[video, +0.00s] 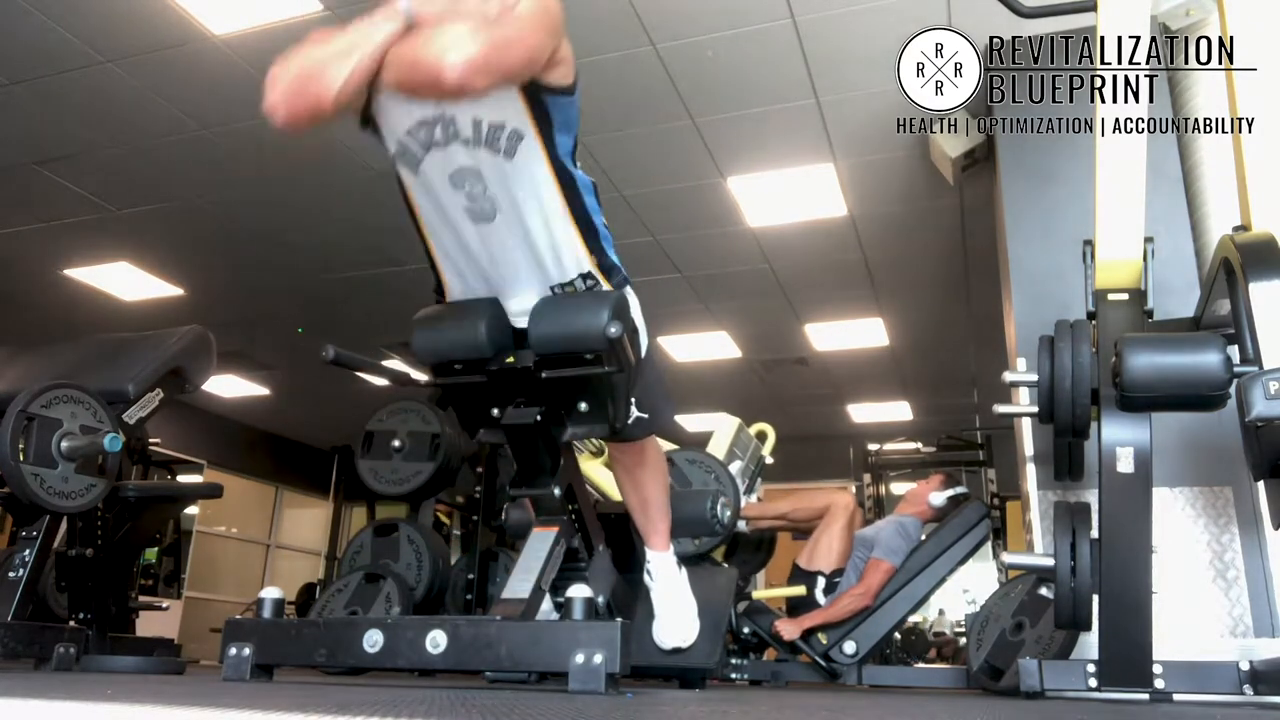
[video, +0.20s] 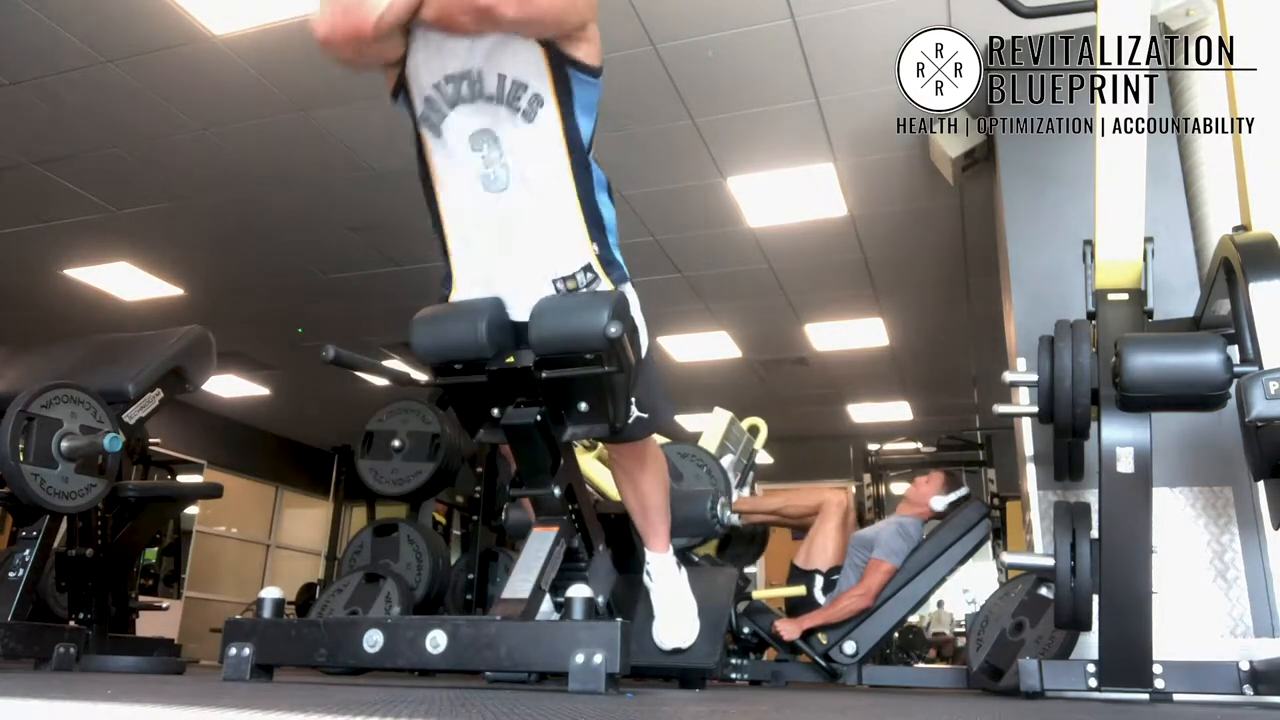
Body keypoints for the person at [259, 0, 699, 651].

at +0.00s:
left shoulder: (534, 12)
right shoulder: (369, 46)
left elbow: (458, 67)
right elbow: (283, 101)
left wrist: (357, 56)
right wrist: (399, 13)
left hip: (579, 284)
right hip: (479, 303)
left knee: (631, 426)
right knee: (520, 442)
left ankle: (661, 564)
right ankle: (547, 538)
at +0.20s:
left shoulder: (570, 10)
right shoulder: (414, 41)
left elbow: (478, 11)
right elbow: (333, 28)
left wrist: (396, 12)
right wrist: (421, 1)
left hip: (579, 252)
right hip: (477, 263)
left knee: (628, 417)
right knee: (509, 424)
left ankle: (661, 562)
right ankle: (543, 548)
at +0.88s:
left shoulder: (536, 12)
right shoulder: (363, 42)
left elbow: (466, 77)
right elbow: (286, 107)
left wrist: (358, 55)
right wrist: (404, 20)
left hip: (577, 284)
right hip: (478, 303)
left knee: (628, 426)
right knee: (519, 437)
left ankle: (660, 560)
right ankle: (549, 535)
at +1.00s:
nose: (357, 9)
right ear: (337, 8)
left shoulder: (506, 50)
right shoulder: (330, 87)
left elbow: (452, 164)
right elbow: (272, 203)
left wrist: (340, 132)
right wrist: (386, 103)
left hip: (572, 289)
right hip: (473, 303)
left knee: (629, 421)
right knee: (508, 432)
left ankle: (660, 559)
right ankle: (546, 532)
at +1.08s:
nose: (343, 30)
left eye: (363, 6)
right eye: (330, 11)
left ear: (416, 7)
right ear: (319, 21)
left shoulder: (497, 79)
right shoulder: (311, 124)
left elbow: (454, 213)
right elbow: (272, 253)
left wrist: (336, 173)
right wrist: (384, 155)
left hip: (571, 291)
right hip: (470, 309)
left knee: (629, 422)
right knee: (510, 434)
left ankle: (661, 559)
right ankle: (547, 531)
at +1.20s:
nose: (325, 127)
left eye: (343, 101)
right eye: (307, 107)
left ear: (398, 73)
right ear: (292, 100)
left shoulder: (490, 141)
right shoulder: (297, 189)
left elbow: (461, 318)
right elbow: (287, 346)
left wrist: (345, 267)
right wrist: (385, 250)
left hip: (568, 300)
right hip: (467, 330)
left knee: (624, 411)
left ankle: (662, 563)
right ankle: (548, 530)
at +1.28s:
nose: (323, 175)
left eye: (339, 148)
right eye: (304, 154)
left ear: (393, 111)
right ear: (287, 139)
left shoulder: (490, 169)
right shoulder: (296, 219)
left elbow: (470, 360)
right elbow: (297, 383)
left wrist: (350, 308)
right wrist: (390, 292)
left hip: (573, 305)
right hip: (469, 329)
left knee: (628, 422)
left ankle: (661, 559)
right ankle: (548, 526)